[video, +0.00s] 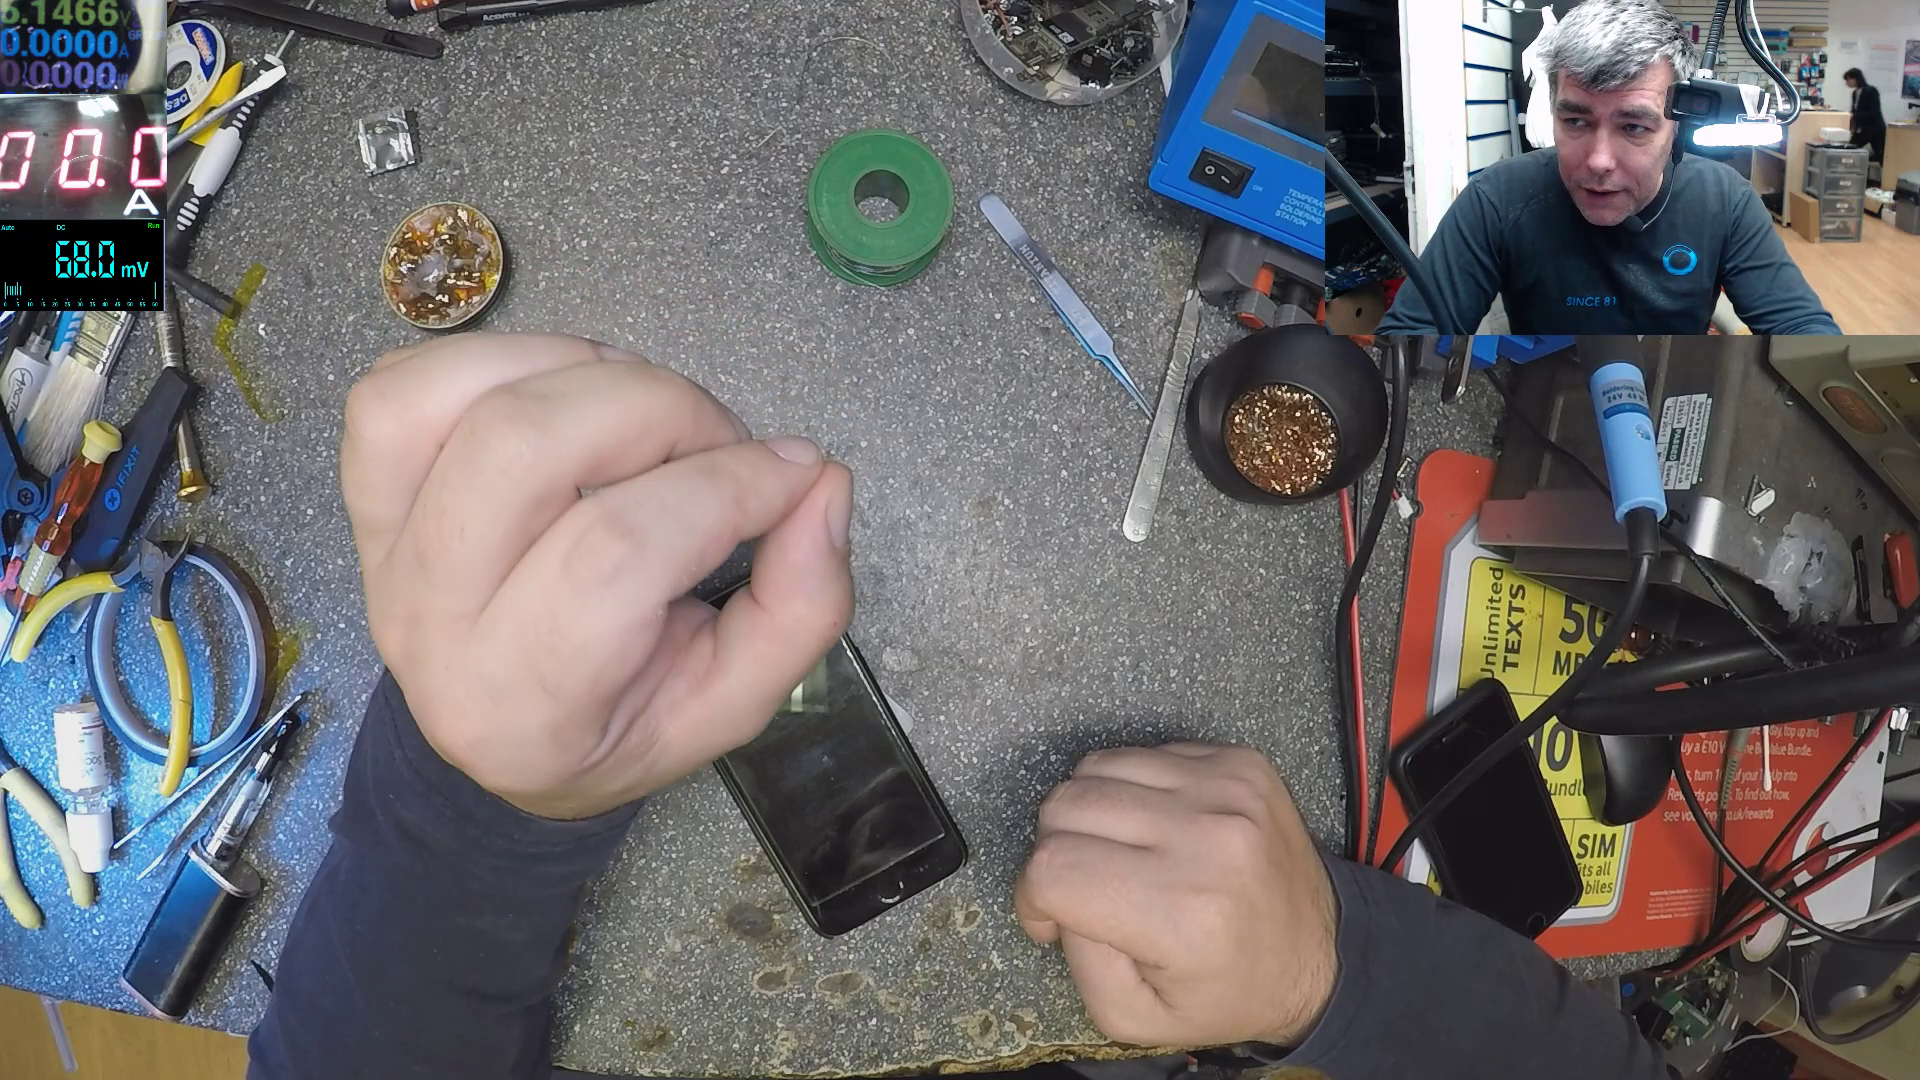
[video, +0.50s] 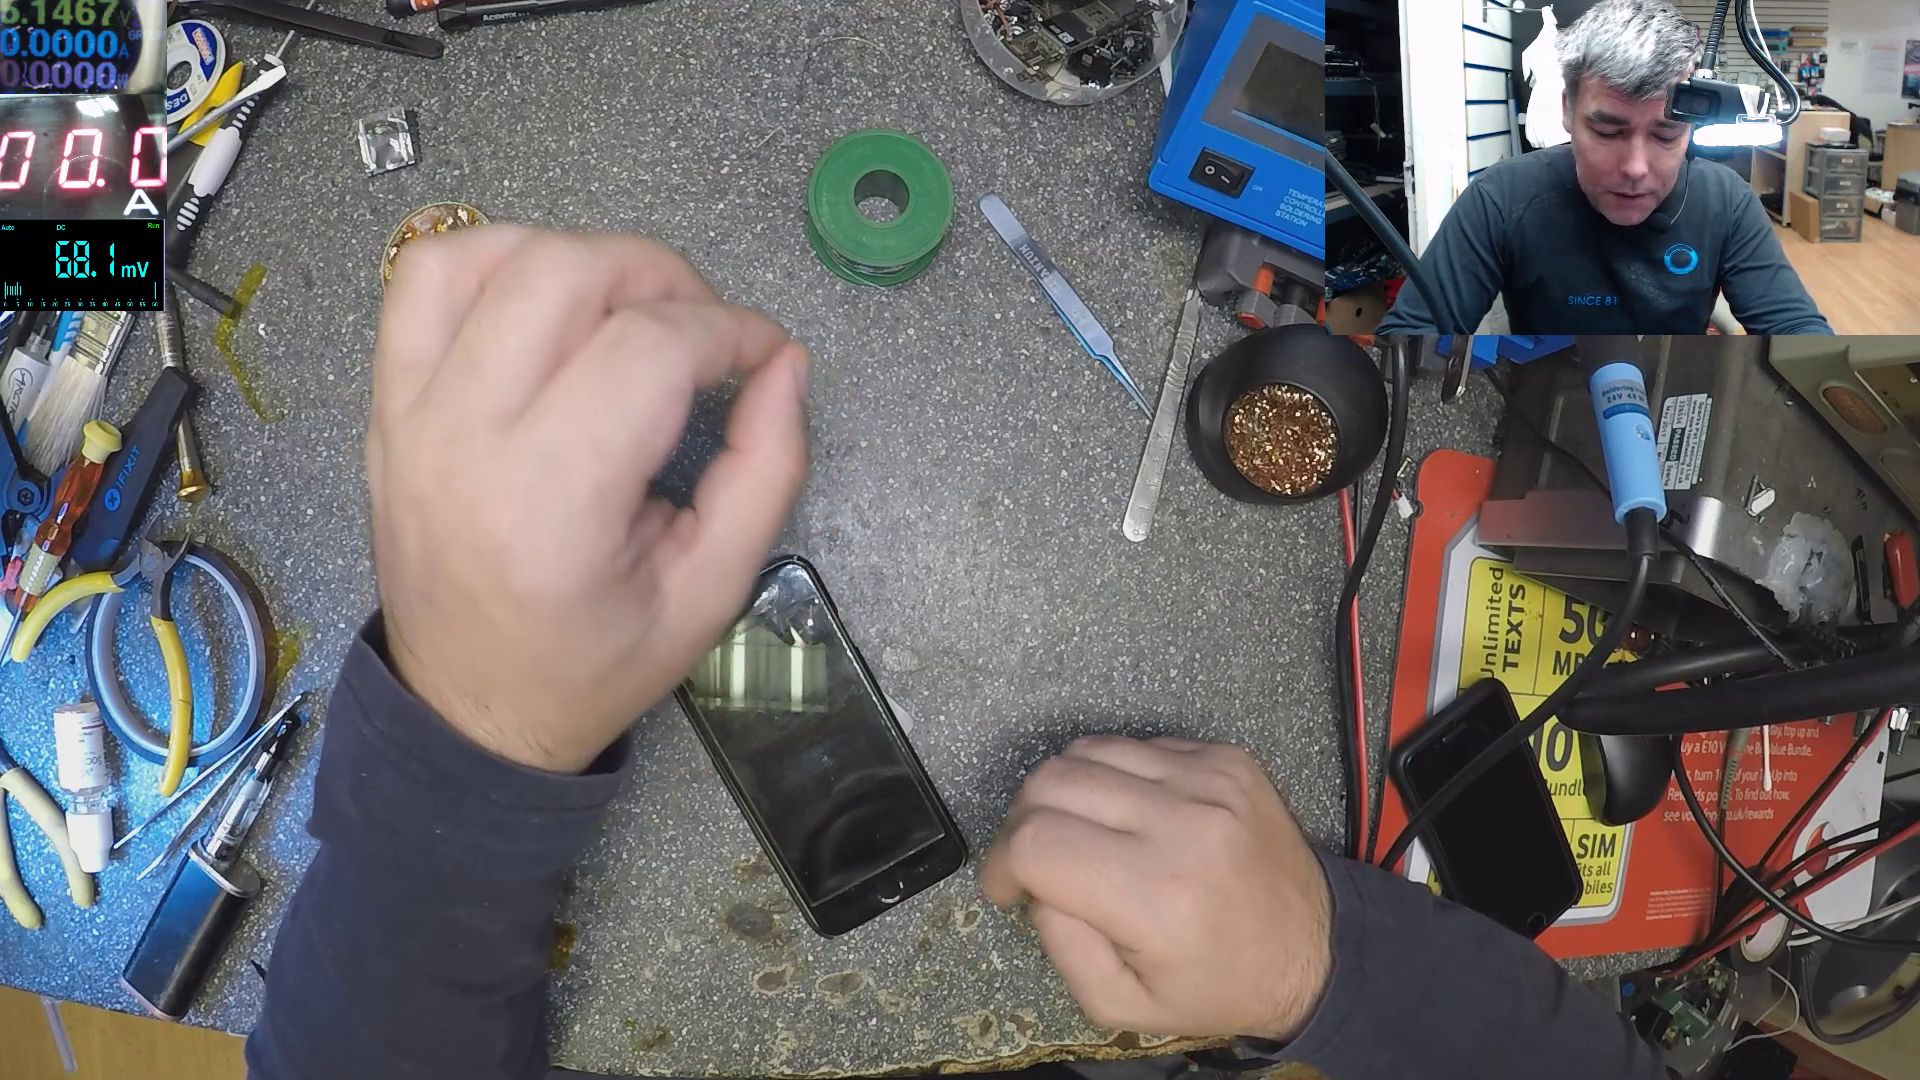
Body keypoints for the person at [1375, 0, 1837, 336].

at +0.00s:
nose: (1600, 161)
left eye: (1634, 127)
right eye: (1577, 121)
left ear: (1672, 122)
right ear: (1550, 113)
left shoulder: (1722, 201)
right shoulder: (1497, 203)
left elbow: (1803, 328)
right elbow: (1406, 336)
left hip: (1681, 417)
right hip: (1546, 419)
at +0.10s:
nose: (1608, 161)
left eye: (1641, 127)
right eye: (1583, 123)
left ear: (1679, 119)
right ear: (1555, 114)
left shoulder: (1722, 200)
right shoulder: (1498, 203)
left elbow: (1803, 327)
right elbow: (1407, 336)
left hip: (1681, 421)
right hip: (1545, 422)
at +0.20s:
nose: (1607, 159)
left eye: (1640, 125)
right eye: (1583, 120)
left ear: (1679, 122)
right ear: (1555, 111)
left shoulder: (1722, 200)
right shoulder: (1498, 203)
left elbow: (1802, 327)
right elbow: (1406, 337)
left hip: (1682, 418)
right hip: (1547, 420)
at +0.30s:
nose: (1609, 159)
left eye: (1642, 126)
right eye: (1584, 120)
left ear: (1681, 119)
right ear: (1556, 107)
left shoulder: (1722, 200)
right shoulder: (1498, 202)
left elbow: (1800, 327)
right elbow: (1407, 335)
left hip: (1682, 420)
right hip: (1546, 421)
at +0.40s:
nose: (1625, 168)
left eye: (1656, 133)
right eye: (1598, 129)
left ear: (1687, 118)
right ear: (1563, 112)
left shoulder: (1724, 201)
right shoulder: (1499, 202)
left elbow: (1798, 328)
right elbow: (1408, 334)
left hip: (1682, 421)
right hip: (1545, 422)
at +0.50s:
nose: (1636, 169)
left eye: (1665, 135)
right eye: (1609, 130)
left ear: (1691, 126)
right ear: (1568, 117)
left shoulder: (1725, 202)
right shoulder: (1501, 203)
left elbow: (1796, 329)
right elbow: (1406, 334)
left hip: (1681, 420)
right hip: (1547, 420)